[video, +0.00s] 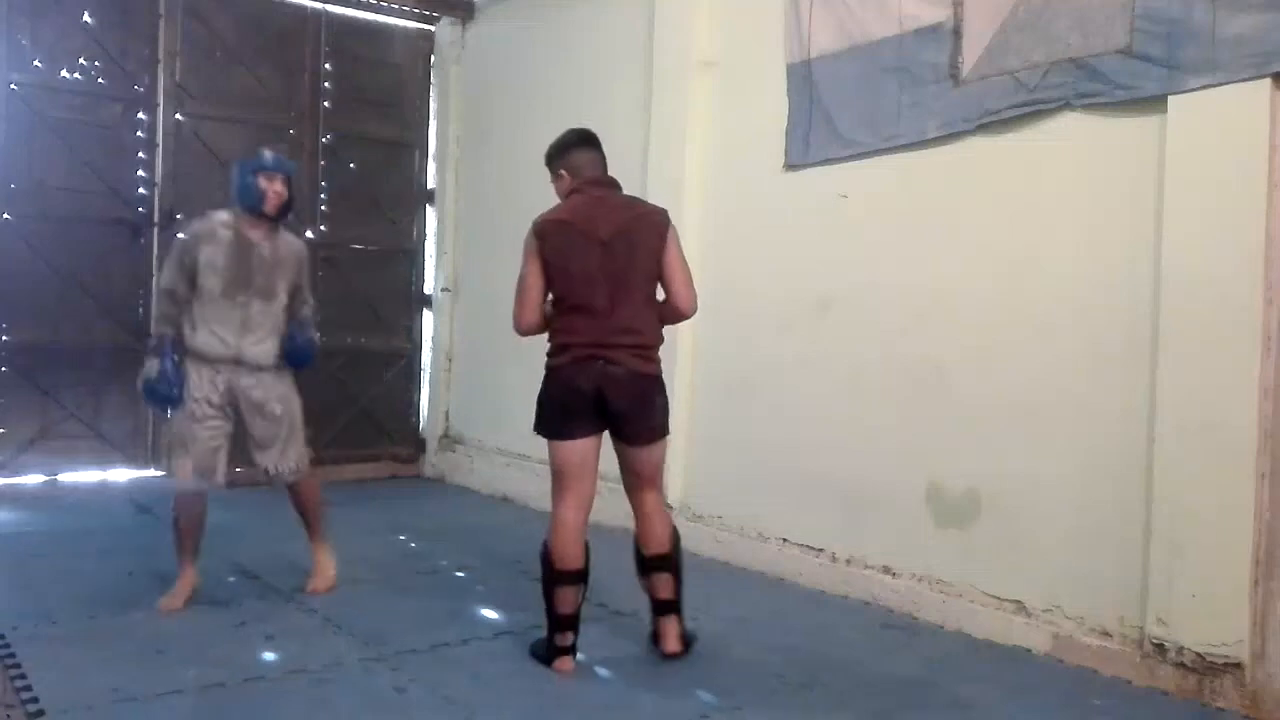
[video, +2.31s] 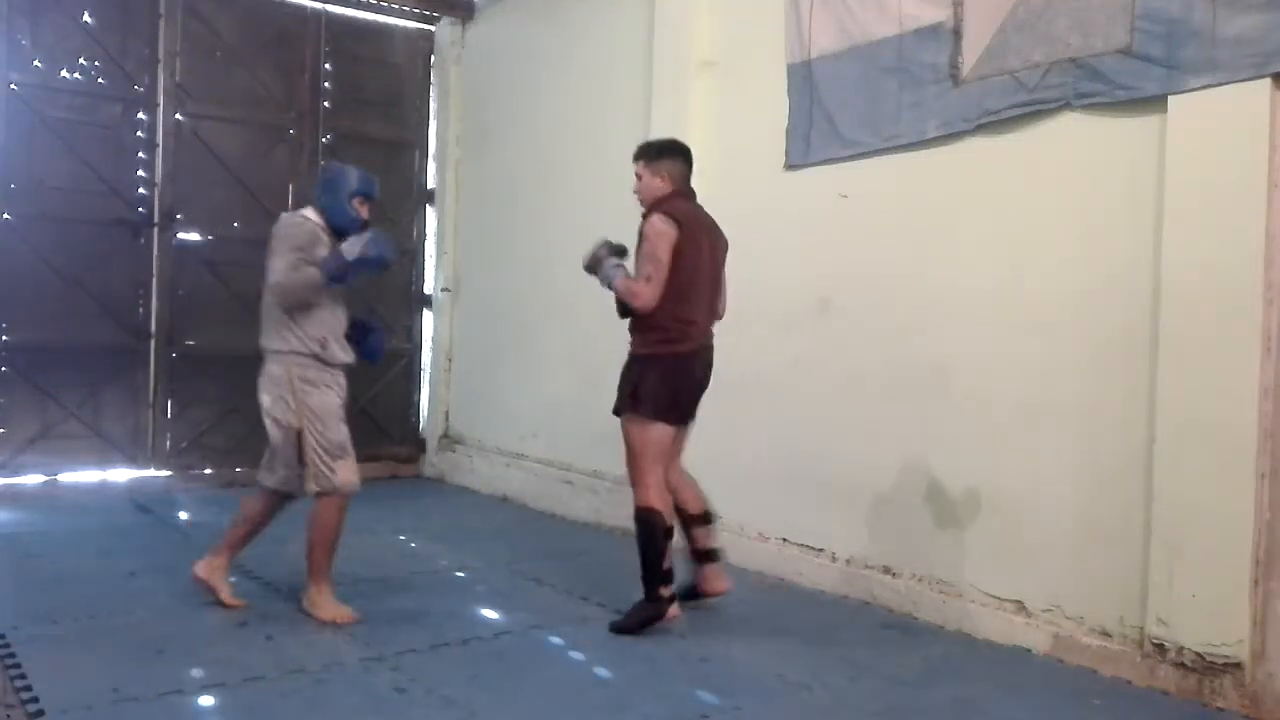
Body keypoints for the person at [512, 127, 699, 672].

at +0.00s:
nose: (551, 187)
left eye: (550, 180)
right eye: (551, 181)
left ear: (562, 176)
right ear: (606, 169)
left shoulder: (547, 228)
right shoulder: (653, 218)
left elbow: (527, 322)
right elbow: (683, 304)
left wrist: (569, 308)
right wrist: (641, 314)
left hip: (571, 384)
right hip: (637, 384)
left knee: (570, 505)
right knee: (648, 496)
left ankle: (563, 648)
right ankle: (670, 631)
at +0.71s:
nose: (588, 214)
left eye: (590, 204)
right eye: (586, 205)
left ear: (611, 200)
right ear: (629, 198)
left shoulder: (605, 246)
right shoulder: (678, 244)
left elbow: (591, 331)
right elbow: (712, 314)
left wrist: (562, 329)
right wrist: (658, 324)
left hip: (617, 387)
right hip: (671, 389)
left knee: (584, 490)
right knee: (649, 482)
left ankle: (601, 618)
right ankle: (688, 587)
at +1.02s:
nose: (634, 208)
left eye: (637, 199)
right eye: (633, 199)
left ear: (657, 195)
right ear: (678, 194)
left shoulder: (659, 239)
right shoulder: (715, 240)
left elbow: (632, 313)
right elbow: (737, 314)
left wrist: (613, 274)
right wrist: (678, 300)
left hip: (663, 381)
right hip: (711, 380)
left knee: (629, 487)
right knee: (694, 478)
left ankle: (638, 614)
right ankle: (748, 586)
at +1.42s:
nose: (675, 210)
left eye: (679, 201)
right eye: (673, 202)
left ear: (705, 197)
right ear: (712, 199)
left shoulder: (711, 238)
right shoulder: (740, 234)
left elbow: (667, 303)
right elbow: (705, 298)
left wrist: (656, 256)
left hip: (712, 377)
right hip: (745, 376)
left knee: (686, 479)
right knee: (731, 477)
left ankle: (719, 597)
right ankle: (770, 584)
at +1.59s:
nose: (677, 210)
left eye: (682, 200)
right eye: (676, 201)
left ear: (709, 196)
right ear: (710, 197)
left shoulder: (724, 240)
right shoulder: (736, 232)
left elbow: (731, 311)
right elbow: (731, 302)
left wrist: (679, 295)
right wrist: (685, 301)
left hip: (713, 368)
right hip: (743, 368)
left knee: (657, 457)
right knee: (733, 471)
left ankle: (694, 571)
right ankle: (769, 579)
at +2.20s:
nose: (643, 203)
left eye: (648, 193)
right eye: (643, 193)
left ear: (675, 194)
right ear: (682, 196)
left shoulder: (675, 240)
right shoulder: (709, 238)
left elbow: (652, 315)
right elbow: (693, 309)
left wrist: (620, 289)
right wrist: (639, 303)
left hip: (662, 380)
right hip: (698, 379)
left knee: (635, 483)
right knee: (697, 478)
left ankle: (661, 603)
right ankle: (754, 575)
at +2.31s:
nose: (635, 186)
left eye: (640, 177)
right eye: (636, 177)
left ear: (663, 178)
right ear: (678, 179)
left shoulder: (660, 220)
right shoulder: (709, 227)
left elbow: (644, 296)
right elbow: (716, 308)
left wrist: (608, 269)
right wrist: (644, 299)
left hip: (656, 362)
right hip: (693, 360)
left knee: (648, 478)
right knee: (669, 469)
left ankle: (658, 598)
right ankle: (709, 570)